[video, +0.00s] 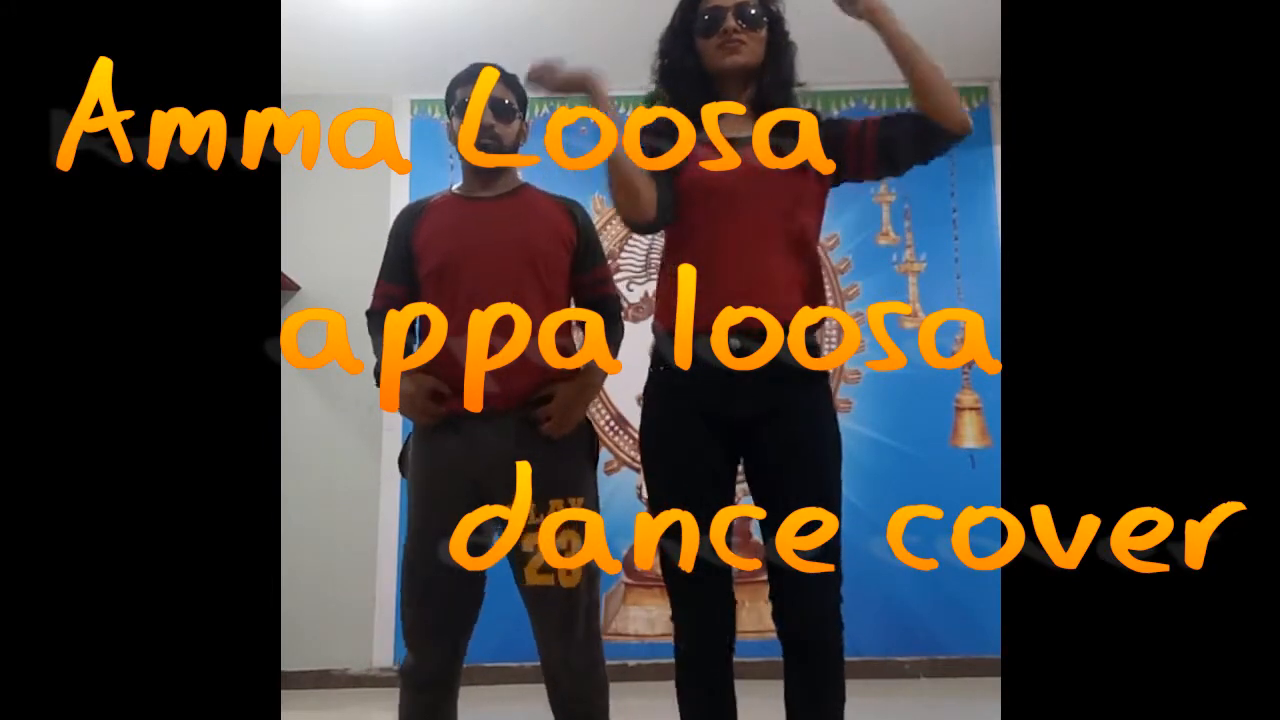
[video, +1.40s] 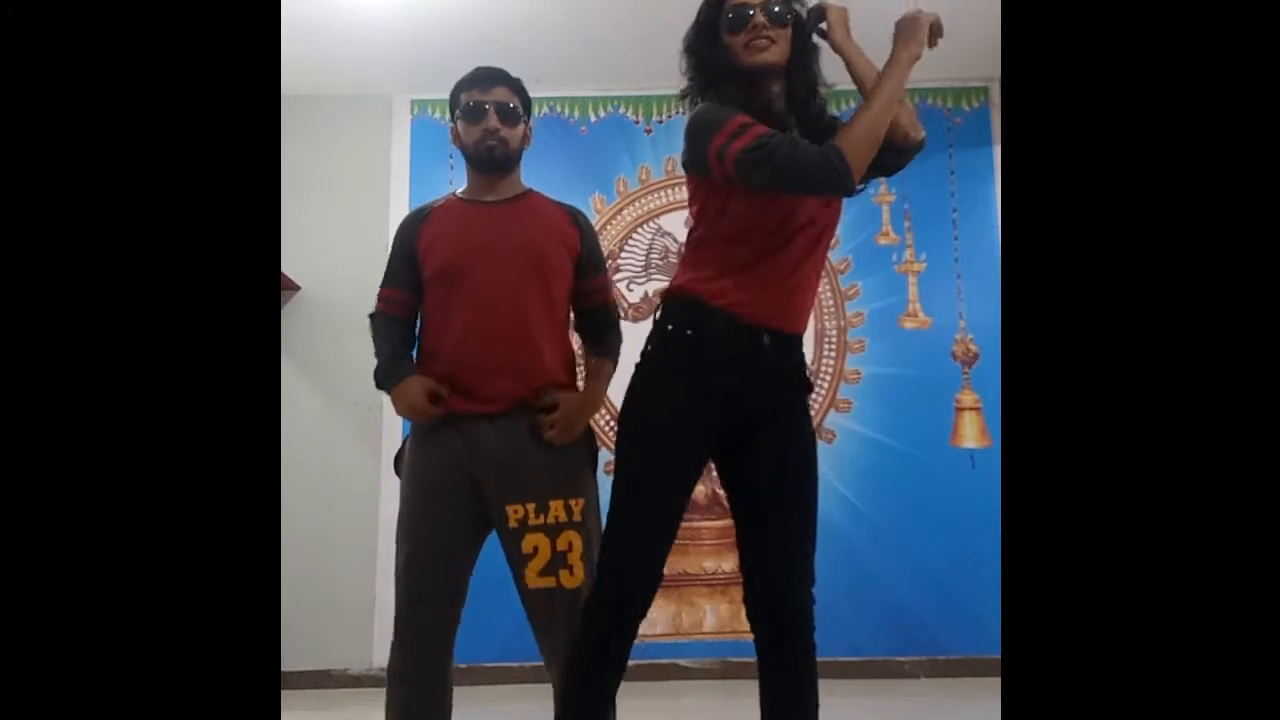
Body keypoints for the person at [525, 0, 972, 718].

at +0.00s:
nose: (732, 27)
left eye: (749, 16)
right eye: (712, 18)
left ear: (773, 39)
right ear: (687, 44)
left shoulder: (810, 135)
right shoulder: (666, 130)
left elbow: (949, 121)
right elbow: (639, 211)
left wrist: (880, 17)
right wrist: (600, 107)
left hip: (792, 388)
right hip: (686, 389)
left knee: (810, 602)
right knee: (698, 608)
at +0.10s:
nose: (737, 30)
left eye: (754, 18)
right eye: (718, 21)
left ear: (779, 39)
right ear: (696, 48)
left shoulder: (813, 135)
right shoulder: (669, 129)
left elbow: (932, 74)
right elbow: (678, 182)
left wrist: (867, 9)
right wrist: (680, 44)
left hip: (800, 390)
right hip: (692, 389)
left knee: (802, 598)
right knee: (662, 593)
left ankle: (802, 718)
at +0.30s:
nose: (745, 36)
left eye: (758, 22)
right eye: (721, 28)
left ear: (781, 42)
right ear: (698, 55)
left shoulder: (807, 142)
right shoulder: (676, 129)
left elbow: (891, 86)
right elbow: (770, 131)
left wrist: (818, 20)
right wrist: (795, 31)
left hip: (807, 387)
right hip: (702, 387)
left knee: (804, 605)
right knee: (647, 594)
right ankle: (593, 719)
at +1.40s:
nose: (758, 27)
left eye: (773, 14)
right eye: (737, 18)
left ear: (795, 33)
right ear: (715, 43)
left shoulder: (815, 128)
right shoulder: (712, 123)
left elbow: (904, 141)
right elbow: (835, 168)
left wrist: (844, 43)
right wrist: (902, 59)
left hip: (773, 373)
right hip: (685, 360)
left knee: (783, 597)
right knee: (625, 581)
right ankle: (581, 715)